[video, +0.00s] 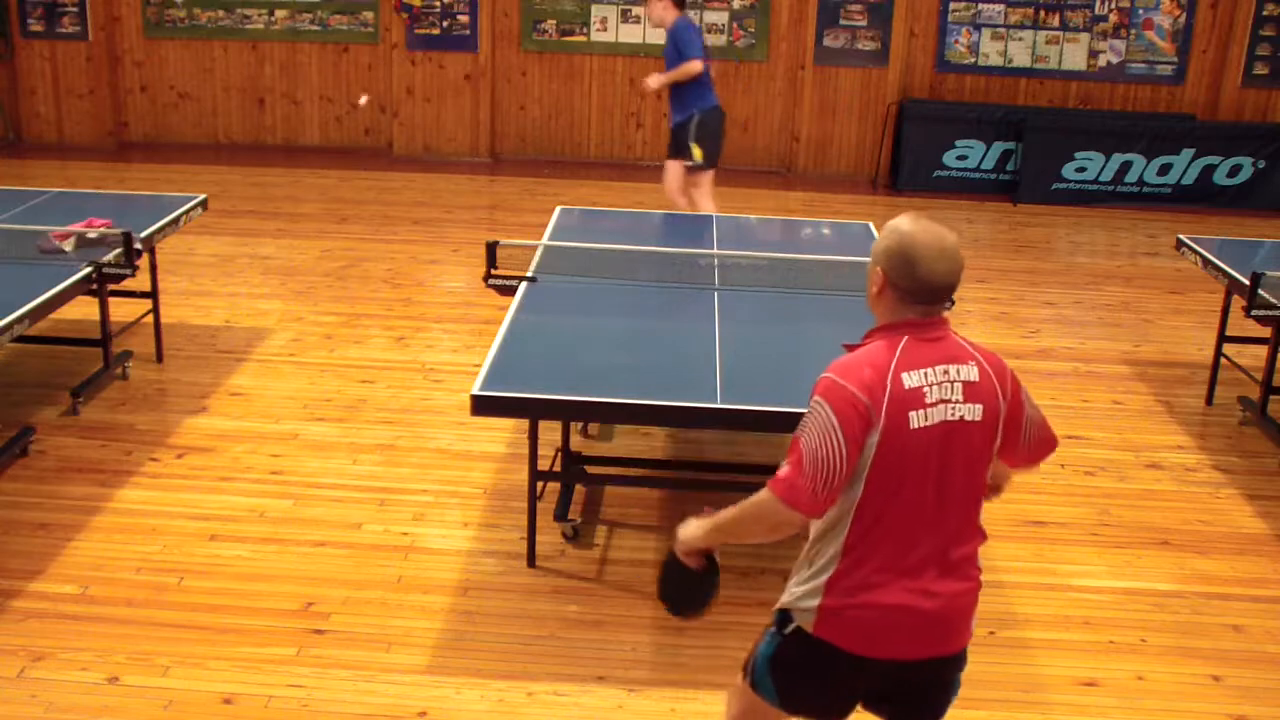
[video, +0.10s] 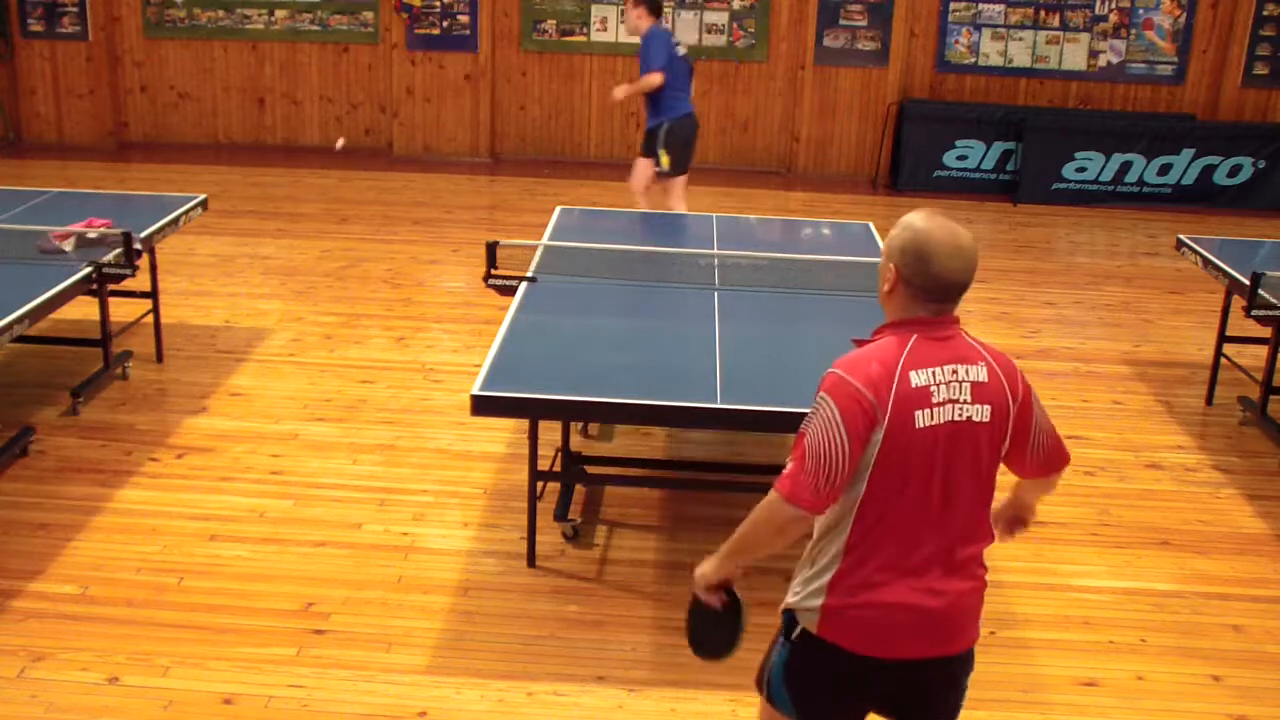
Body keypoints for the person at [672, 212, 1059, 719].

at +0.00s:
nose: (869, 268)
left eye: (873, 260)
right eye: (877, 256)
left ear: (879, 281)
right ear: (950, 287)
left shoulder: (854, 379)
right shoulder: (989, 370)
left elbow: (794, 501)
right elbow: (1031, 444)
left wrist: (706, 531)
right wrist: (994, 471)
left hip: (837, 630)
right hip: (938, 636)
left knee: (753, 706)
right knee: (914, 713)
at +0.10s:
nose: (880, 265)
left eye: (884, 258)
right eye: (886, 255)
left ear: (891, 277)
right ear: (960, 285)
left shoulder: (860, 376)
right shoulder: (998, 372)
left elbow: (798, 500)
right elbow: (1046, 462)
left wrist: (724, 563)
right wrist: (1020, 505)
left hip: (844, 636)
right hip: (946, 637)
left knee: (785, 701)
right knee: (928, 713)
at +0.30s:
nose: (879, 262)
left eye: (882, 256)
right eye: (885, 252)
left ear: (888, 276)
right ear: (961, 286)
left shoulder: (848, 376)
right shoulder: (998, 379)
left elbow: (782, 502)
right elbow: (1043, 496)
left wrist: (724, 587)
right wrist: (1050, 573)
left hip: (837, 641)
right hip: (942, 642)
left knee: (802, 710)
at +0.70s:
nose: (867, 258)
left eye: (870, 254)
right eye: (875, 249)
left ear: (874, 283)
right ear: (952, 290)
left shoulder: (821, 377)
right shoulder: (990, 389)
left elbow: (747, 494)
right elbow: (1026, 517)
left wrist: (701, 557)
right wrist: (1013, 599)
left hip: (820, 648)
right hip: (927, 654)